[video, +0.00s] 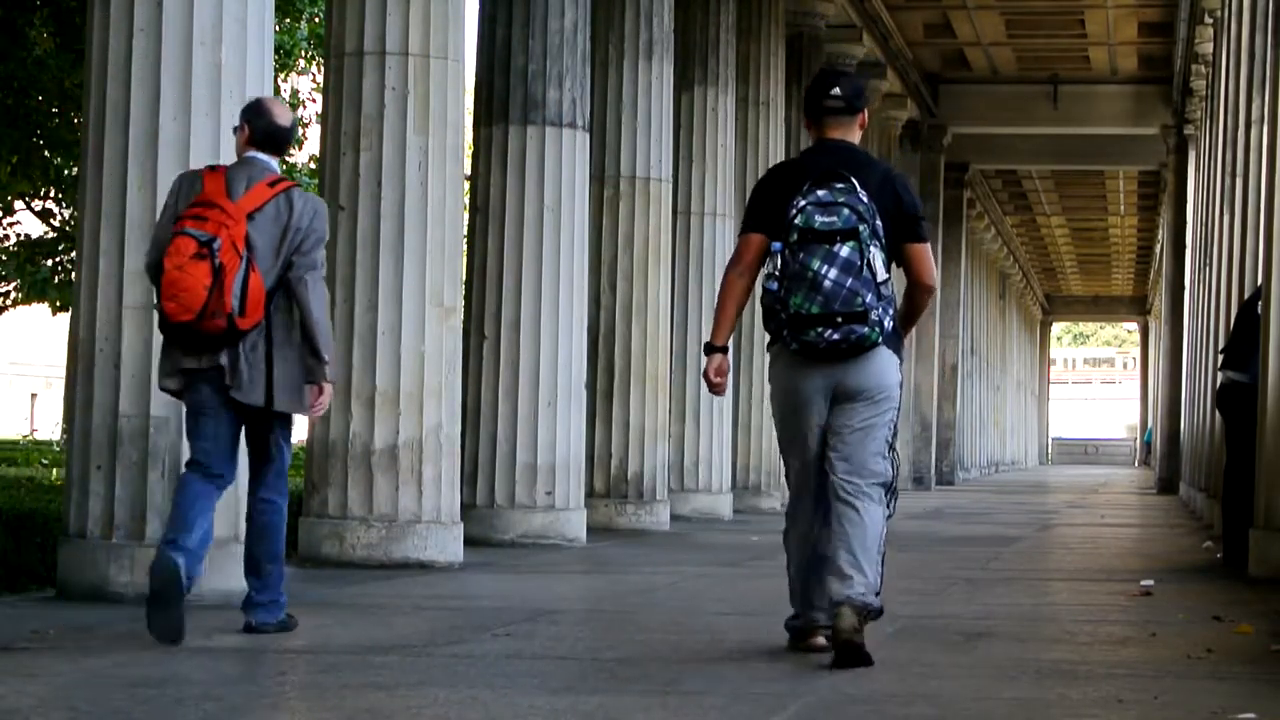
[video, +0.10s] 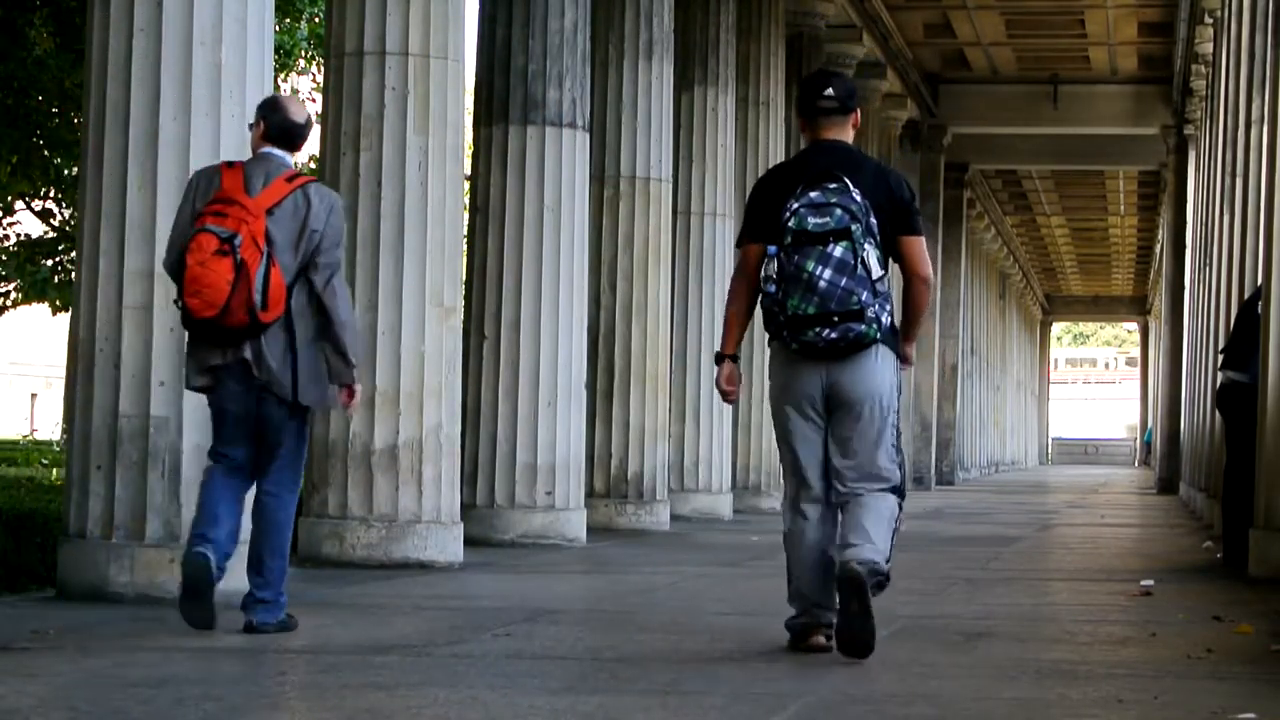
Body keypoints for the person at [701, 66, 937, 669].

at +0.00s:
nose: (851, 124)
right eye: (860, 114)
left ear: (805, 120)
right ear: (863, 119)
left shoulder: (777, 180)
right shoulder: (888, 183)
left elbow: (745, 262)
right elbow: (925, 281)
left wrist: (718, 343)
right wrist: (897, 332)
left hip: (795, 357)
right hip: (872, 354)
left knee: (804, 487)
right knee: (858, 483)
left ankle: (809, 618)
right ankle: (849, 605)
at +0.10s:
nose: (851, 124)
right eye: (855, 115)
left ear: (800, 121)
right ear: (857, 118)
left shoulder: (772, 183)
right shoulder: (884, 182)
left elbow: (746, 272)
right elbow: (921, 273)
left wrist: (728, 352)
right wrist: (907, 338)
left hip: (794, 357)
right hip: (866, 354)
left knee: (806, 493)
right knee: (870, 483)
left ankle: (812, 621)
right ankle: (860, 567)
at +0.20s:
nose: (852, 124)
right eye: (855, 117)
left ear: (800, 119)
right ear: (856, 118)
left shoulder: (770, 181)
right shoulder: (882, 178)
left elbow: (748, 274)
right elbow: (917, 267)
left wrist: (744, 351)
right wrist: (921, 342)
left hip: (794, 348)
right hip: (864, 345)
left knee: (807, 478)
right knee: (876, 468)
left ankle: (811, 619)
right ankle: (862, 559)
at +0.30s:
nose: (858, 127)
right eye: (860, 120)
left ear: (804, 122)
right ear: (857, 122)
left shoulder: (772, 182)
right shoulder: (883, 182)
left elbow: (751, 278)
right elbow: (915, 267)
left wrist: (767, 340)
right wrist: (934, 344)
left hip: (796, 351)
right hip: (869, 348)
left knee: (807, 480)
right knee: (877, 471)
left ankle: (813, 617)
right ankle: (868, 590)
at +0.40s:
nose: (862, 136)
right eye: (864, 129)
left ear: (809, 130)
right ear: (861, 131)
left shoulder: (777, 190)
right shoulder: (885, 189)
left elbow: (753, 280)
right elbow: (917, 272)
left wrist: (787, 326)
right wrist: (940, 347)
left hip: (798, 357)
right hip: (870, 355)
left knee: (808, 480)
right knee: (873, 478)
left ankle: (814, 615)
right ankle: (878, 608)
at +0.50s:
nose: (868, 144)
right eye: (871, 137)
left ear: (818, 138)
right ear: (871, 139)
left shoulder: (785, 198)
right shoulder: (894, 200)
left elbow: (760, 285)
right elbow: (922, 282)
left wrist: (791, 328)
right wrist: (943, 356)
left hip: (802, 360)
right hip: (873, 360)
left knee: (809, 482)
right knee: (872, 482)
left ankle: (814, 609)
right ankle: (872, 605)